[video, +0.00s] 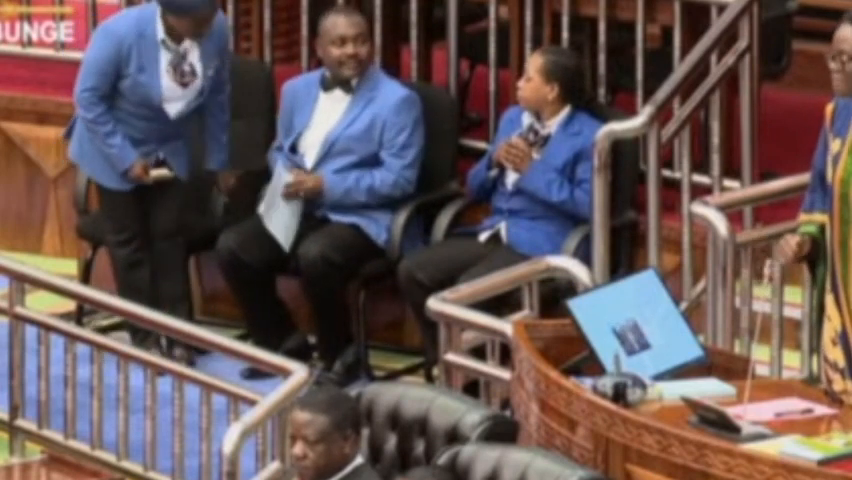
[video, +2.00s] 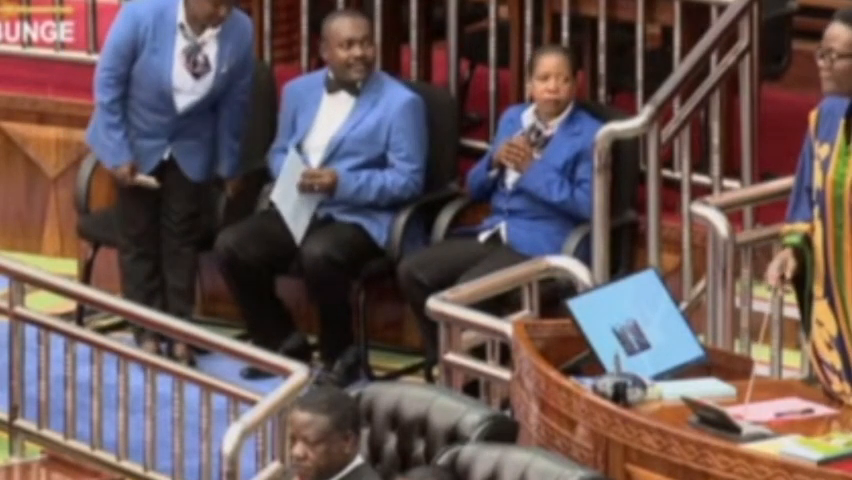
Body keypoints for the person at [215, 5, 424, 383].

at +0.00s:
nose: (351, 51)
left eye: (360, 42)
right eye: (339, 43)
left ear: (372, 45)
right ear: (319, 48)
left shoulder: (397, 101)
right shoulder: (296, 91)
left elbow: (400, 181)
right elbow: (278, 151)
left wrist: (324, 186)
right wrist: (291, 179)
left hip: (363, 219)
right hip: (299, 214)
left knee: (316, 256)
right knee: (235, 249)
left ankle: (339, 357)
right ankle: (281, 345)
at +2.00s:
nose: (358, 53)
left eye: (365, 43)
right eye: (346, 45)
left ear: (375, 47)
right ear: (325, 51)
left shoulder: (400, 103)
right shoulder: (298, 92)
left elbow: (408, 181)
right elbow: (277, 153)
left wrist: (340, 183)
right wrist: (296, 176)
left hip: (360, 216)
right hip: (296, 209)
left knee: (321, 256)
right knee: (235, 248)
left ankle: (339, 357)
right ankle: (281, 344)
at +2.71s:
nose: (331, 47)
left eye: (337, 36)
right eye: (319, 39)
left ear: (347, 36)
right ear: (297, 43)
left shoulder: (377, 89)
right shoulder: (262, 78)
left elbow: (399, 152)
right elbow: (232, 136)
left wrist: (390, 167)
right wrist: (252, 146)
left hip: (347, 204)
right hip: (282, 200)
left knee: (325, 264)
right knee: (238, 266)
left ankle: (337, 364)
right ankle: (281, 351)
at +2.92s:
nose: (354, 9)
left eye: (359, 3)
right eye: (344, 3)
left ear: (366, 4)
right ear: (317, 5)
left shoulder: (392, 48)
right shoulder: (278, 37)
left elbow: (406, 126)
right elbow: (245, 104)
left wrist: (418, 120)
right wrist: (277, 104)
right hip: (288, 179)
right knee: (253, 264)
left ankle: (340, 365)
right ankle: (282, 350)